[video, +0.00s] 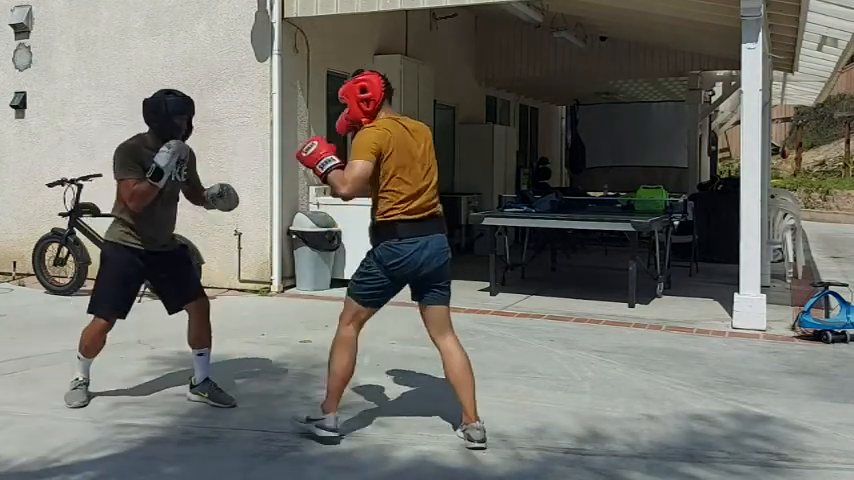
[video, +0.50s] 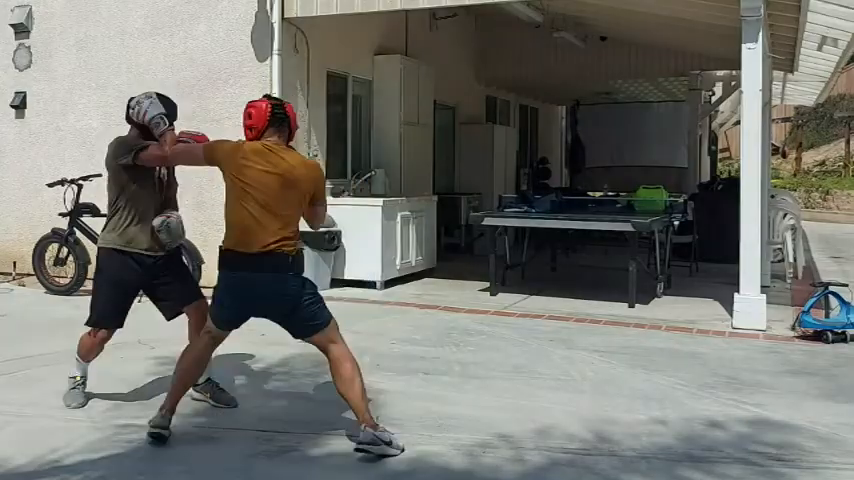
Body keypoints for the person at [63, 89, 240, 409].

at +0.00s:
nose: (189, 126)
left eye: (189, 120)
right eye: (183, 120)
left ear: (182, 122)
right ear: (163, 121)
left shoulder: (183, 153)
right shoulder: (129, 151)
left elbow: (194, 194)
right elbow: (135, 202)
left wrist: (214, 198)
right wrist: (161, 170)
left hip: (164, 247)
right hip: (125, 244)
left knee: (199, 305)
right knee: (104, 319)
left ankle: (200, 381)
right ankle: (80, 378)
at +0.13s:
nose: (188, 125)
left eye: (189, 119)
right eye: (182, 118)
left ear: (187, 122)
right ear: (161, 118)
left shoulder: (186, 154)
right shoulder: (129, 146)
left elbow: (199, 200)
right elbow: (138, 194)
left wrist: (213, 178)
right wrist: (160, 160)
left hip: (164, 246)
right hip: (123, 243)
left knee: (196, 305)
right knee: (101, 315)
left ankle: (200, 381)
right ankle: (80, 380)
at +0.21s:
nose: (185, 123)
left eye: (186, 118)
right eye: (179, 117)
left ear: (182, 122)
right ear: (159, 118)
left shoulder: (182, 153)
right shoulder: (125, 145)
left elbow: (198, 200)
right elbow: (136, 194)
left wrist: (209, 174)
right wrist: (156, 158)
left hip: (163, 246)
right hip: (121, 243)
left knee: (194, 305)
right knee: (101, 316)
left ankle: (200, 381)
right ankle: (80, 380)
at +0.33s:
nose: (177, 125)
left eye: (178, 120)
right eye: (173, 120)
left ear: (170, 123)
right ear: (153, 122)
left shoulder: (174, 150)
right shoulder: (117, 149)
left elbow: (187, 200)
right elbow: (140, 191)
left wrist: (196, 183)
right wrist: (155, 155)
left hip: (162, 247)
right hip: (119, 245)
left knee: (195, 306)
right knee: (96, 320)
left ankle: (203, 377)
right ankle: (80, 379)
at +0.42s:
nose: (170, 126)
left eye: (171, 121)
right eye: (164, 120)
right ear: (148, 118)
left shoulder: (164, 152)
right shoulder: (120, 148)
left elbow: (173, 199)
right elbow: (169, 161)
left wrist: (182, 213)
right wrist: (163, 126)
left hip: (163, 251)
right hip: (120, 250)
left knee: (198, 308)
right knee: (98, 327)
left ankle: (204, 377)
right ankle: (80, 378)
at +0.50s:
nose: (171, 131)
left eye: (171, 126)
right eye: (167, 125)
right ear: (149, 120)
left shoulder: (163, 157)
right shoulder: (120, 147)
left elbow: (170, 204)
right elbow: (166, 155)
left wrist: (173, 225)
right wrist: (160, 123)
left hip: (162, 255)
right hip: (120, 253)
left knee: (199, 311)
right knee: (101, 333)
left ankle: (199, 379)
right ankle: (78, 372)